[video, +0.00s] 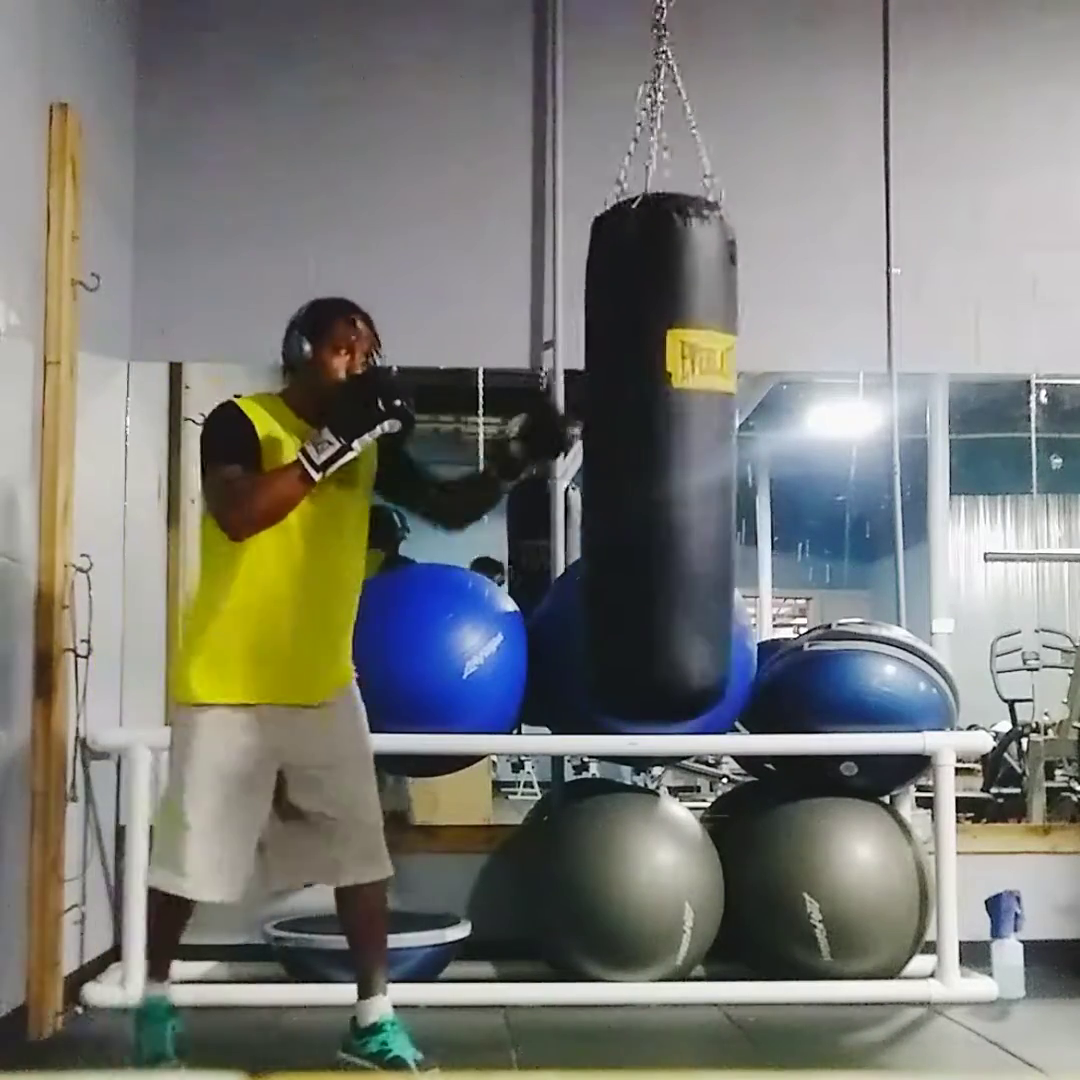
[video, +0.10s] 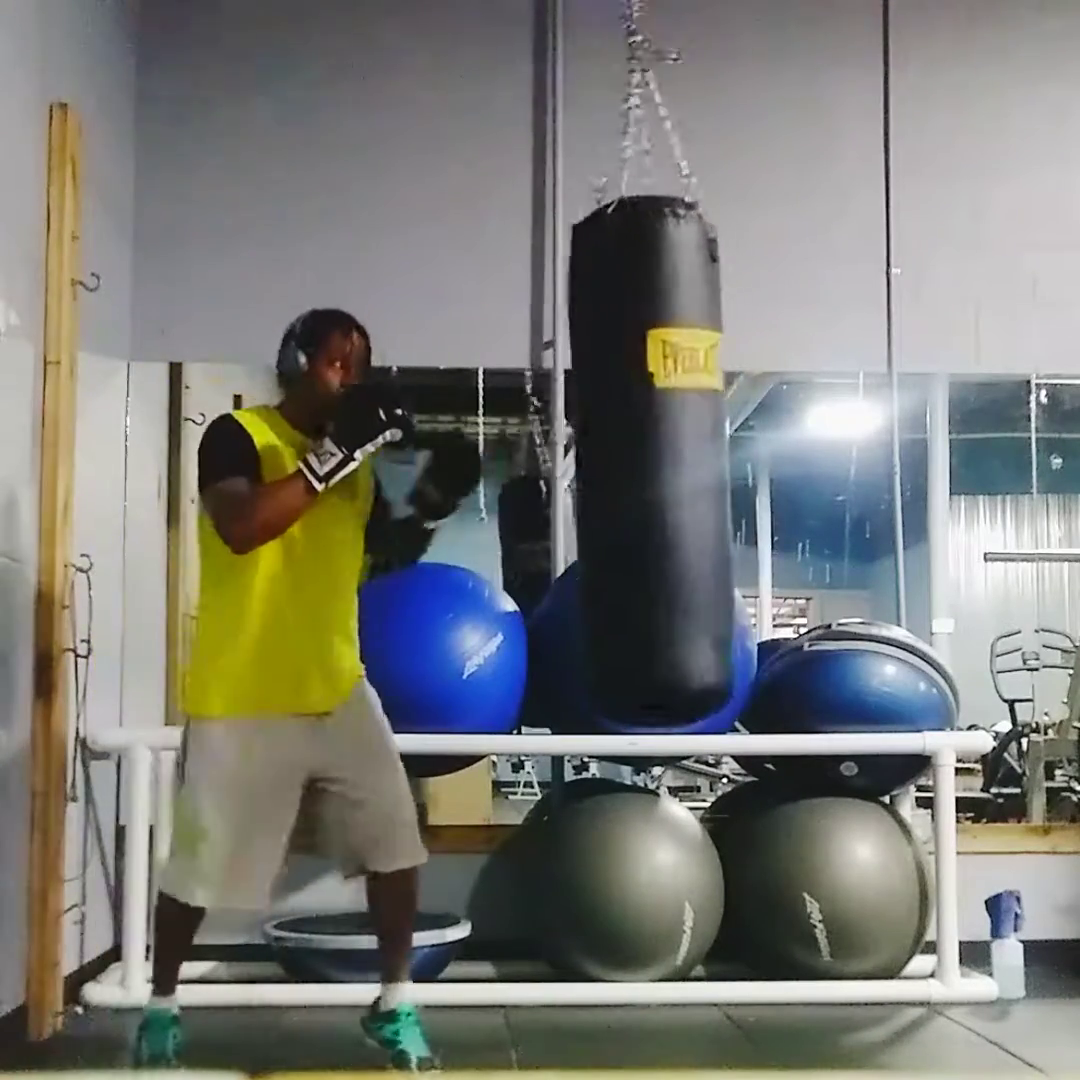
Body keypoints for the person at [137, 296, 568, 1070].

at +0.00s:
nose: (357, 365)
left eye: (367, 355)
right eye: (342, 348)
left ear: (370, 368)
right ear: (299, 351)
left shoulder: (367, 442)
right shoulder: (239, 421)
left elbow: (451, 508)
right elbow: (239, 514)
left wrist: (516, 458)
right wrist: (337, 439)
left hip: (322, 682)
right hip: (225, 679)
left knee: (362, 850)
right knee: (186, 857)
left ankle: (374, 1017)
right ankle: (152, 1006)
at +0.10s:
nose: (351, 379)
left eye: (360, 368)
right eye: (340, 361)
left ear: (362, 382)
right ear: (298, 362)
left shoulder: (349, 457)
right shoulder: (236, 435)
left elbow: (356, 562)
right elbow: (240, 527)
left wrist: (429, 506)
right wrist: (336, 455)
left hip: (336, 686)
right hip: (239, 688)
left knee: (396, 837)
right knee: (199, 857)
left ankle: (395, 1006)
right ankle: (160, 1012)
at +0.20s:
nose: (355, 382)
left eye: (362, 369)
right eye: (341, 365)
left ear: (366, 380)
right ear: (300, 368)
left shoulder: (362, 455)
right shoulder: (239, 439)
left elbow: (395, 549)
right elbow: (246, 534)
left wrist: (428, 496)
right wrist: (341, 456)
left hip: (346, 687)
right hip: (243, 693)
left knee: (400, 846)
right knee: (197, 859)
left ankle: (415, 1009)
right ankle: (163, 1008)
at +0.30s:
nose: (358, 373)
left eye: (369, 362)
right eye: (345, 357)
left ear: (378, 372)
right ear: (309, 358)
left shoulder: (378, 441)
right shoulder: (254, 430)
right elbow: (251, 524)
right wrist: (344, 452)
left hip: (351, 676)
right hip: (251, 678)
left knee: (389, 842)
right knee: (213, 850)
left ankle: (413, 1015)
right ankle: (175, 1007)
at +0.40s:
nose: (376, 370)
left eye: (384, 358)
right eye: (359, 356)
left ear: (391, 371)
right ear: (318, 362)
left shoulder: (394, 446)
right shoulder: (261, 431)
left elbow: (478, 498)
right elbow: (248, 522)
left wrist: (539, 447)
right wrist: (343, 455)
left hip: (363, 677)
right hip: (263, 679)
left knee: (397, 842)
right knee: (233, 849)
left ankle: (415, 1012)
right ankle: (214, 995)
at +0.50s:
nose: (376, 374)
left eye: (381, 364)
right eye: (360, 359)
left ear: (385, 381)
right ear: (316, 370)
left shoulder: (390, 463)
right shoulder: (259, 444)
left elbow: (451, 546)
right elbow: (247, 533)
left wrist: (476, 489)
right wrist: (345, 454)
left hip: (372, 682)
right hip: (272, 689)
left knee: (431, 839)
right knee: (237, 861)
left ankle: (431, 1004)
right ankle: (216, 1005)